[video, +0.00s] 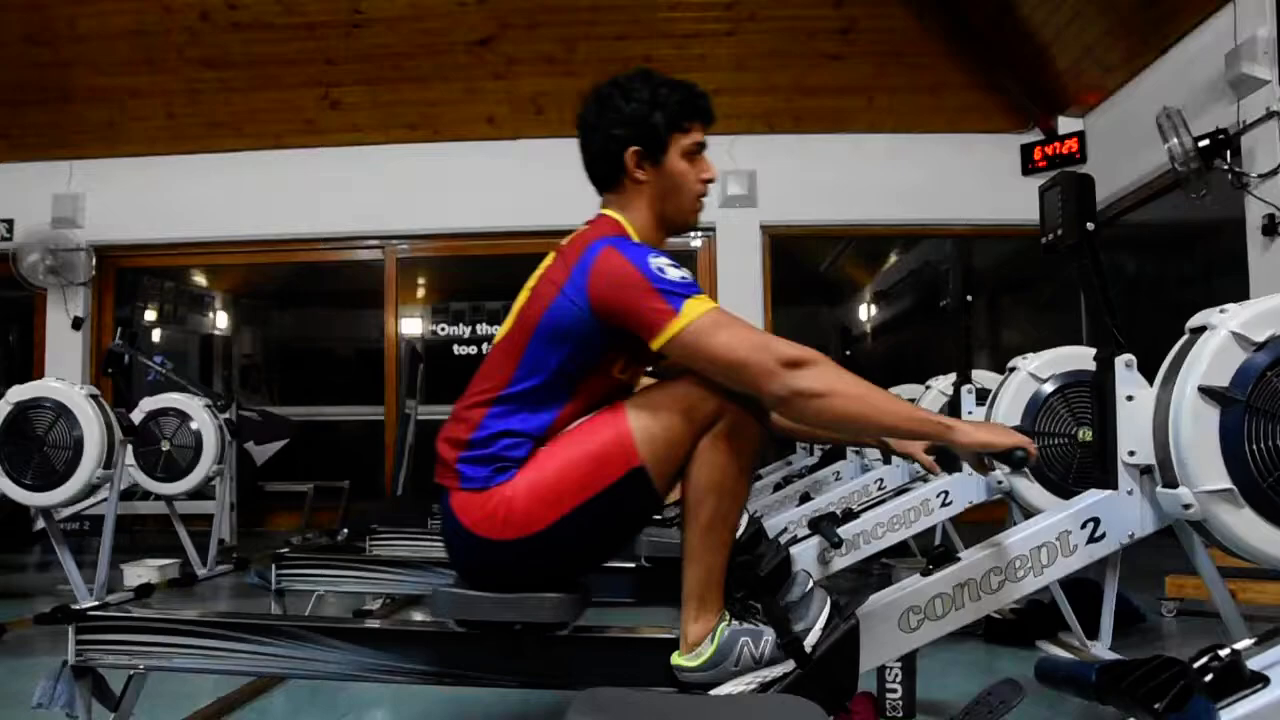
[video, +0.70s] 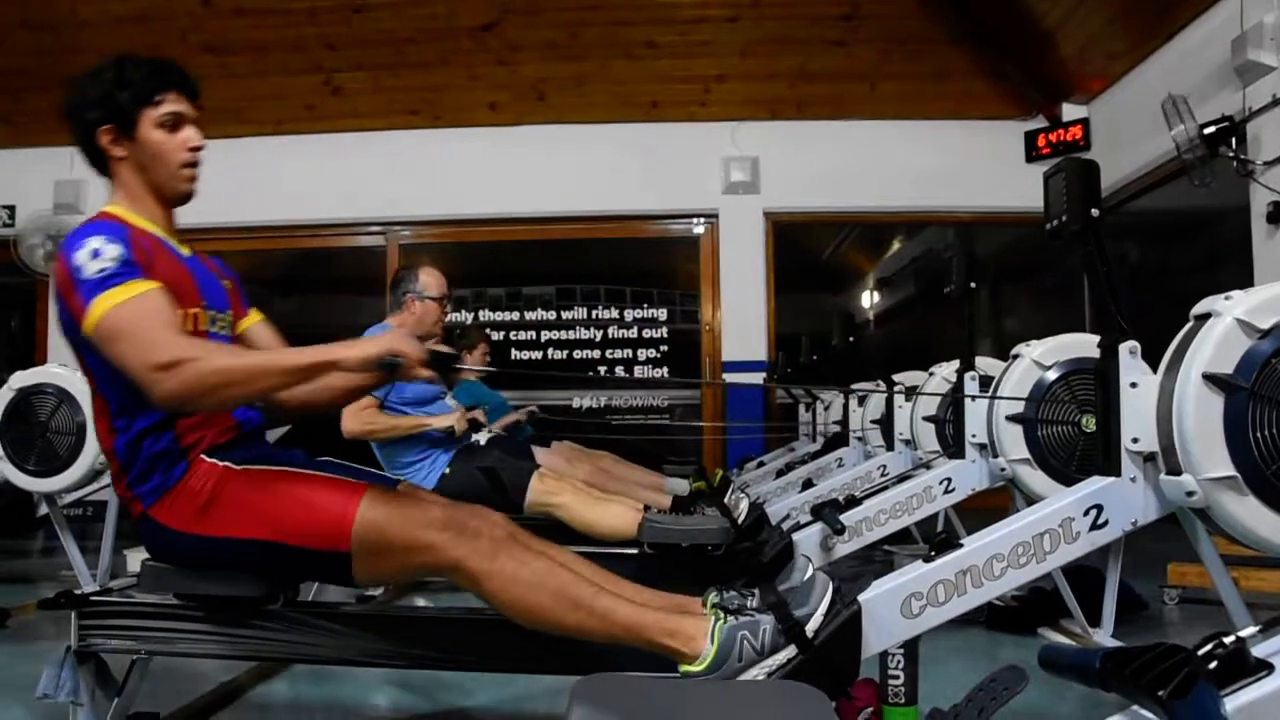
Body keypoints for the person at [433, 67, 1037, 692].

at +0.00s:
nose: (710, 172)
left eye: (707, 154)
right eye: (694, 155)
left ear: (641, 167)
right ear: (638, 164)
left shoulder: (626, 257)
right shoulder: (614, 262)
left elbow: (763, 387)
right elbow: (786, 371)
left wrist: (887, 434)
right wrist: (948, 427)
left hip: (515, 502)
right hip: (498, 516)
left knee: (721, 387)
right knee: (725, 395)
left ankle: (703, 613)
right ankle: (702, 642)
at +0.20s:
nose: (615, 160)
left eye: (611, 141)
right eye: (597, 141)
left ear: (550, 156)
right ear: (541, 152)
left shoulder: (529, 246)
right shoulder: (516, 250)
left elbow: (656, 363)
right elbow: (662, 383)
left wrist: (813, 416)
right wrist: (827, 423)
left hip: (438, 497)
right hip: (413, 511)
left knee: (660, 379)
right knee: (649, 401)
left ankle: (702, 597)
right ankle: (699, 644)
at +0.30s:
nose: (533, 154)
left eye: (531, 137)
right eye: (515, 136)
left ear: (468, 151)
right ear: (457, 145)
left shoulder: (449, 245)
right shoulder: (436, 248)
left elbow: (566, 366)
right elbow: (579, 374)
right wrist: (744, 414)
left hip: (372, 493)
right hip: (346, 506)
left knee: (582, 402)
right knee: (587, 421)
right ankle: (699, 649)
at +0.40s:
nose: (449, 146)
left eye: (447, 129)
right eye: (429, 128)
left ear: (385, 144)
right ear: (368, 141)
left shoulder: (392, 254)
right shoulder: (345, 242)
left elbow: (484, 380)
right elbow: (481, 367)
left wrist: (601, 457)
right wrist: (649, 397)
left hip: (318, 491)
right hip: (274, 501)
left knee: (541, 440)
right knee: (529, 450)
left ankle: (698, 628)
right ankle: (699, 650)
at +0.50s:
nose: (359, 136)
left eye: (356, 119)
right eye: (336, 119)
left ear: (310, 135)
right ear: (276, 133)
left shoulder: (327, 255)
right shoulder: (258, 237)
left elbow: (407, 357)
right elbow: (381, 364)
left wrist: (542, 390)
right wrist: (551, 388)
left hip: (273, 477)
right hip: (223, 489)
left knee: (509, 488)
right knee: (488, 495)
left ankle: (705, 630)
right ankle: (701, 655)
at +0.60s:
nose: (267, 134)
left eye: (268, 117)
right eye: (245, 117)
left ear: (258, 132)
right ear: (187, 131)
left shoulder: (265, 263)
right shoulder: (174, 238)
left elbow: (359, 367)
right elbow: (274, 360)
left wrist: (465, 385)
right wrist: (452, 374)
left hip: (249, 477)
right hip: (197, 492)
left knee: (497, 511)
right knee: (472, 520)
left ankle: (697, 629)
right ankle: (694, 647)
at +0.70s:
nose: (194, 143)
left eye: (195, 127)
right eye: (172, 126)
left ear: (187, 141)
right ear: (111, 143)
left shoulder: (201, 269)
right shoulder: (98, 251)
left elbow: (292, 387)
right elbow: (171, 373)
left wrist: (394, 359)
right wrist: (360, 351)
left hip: (257, 462)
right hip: (193, 482)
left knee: (477, 515)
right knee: (450, 527)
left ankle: (702, 622)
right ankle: (705, 643)